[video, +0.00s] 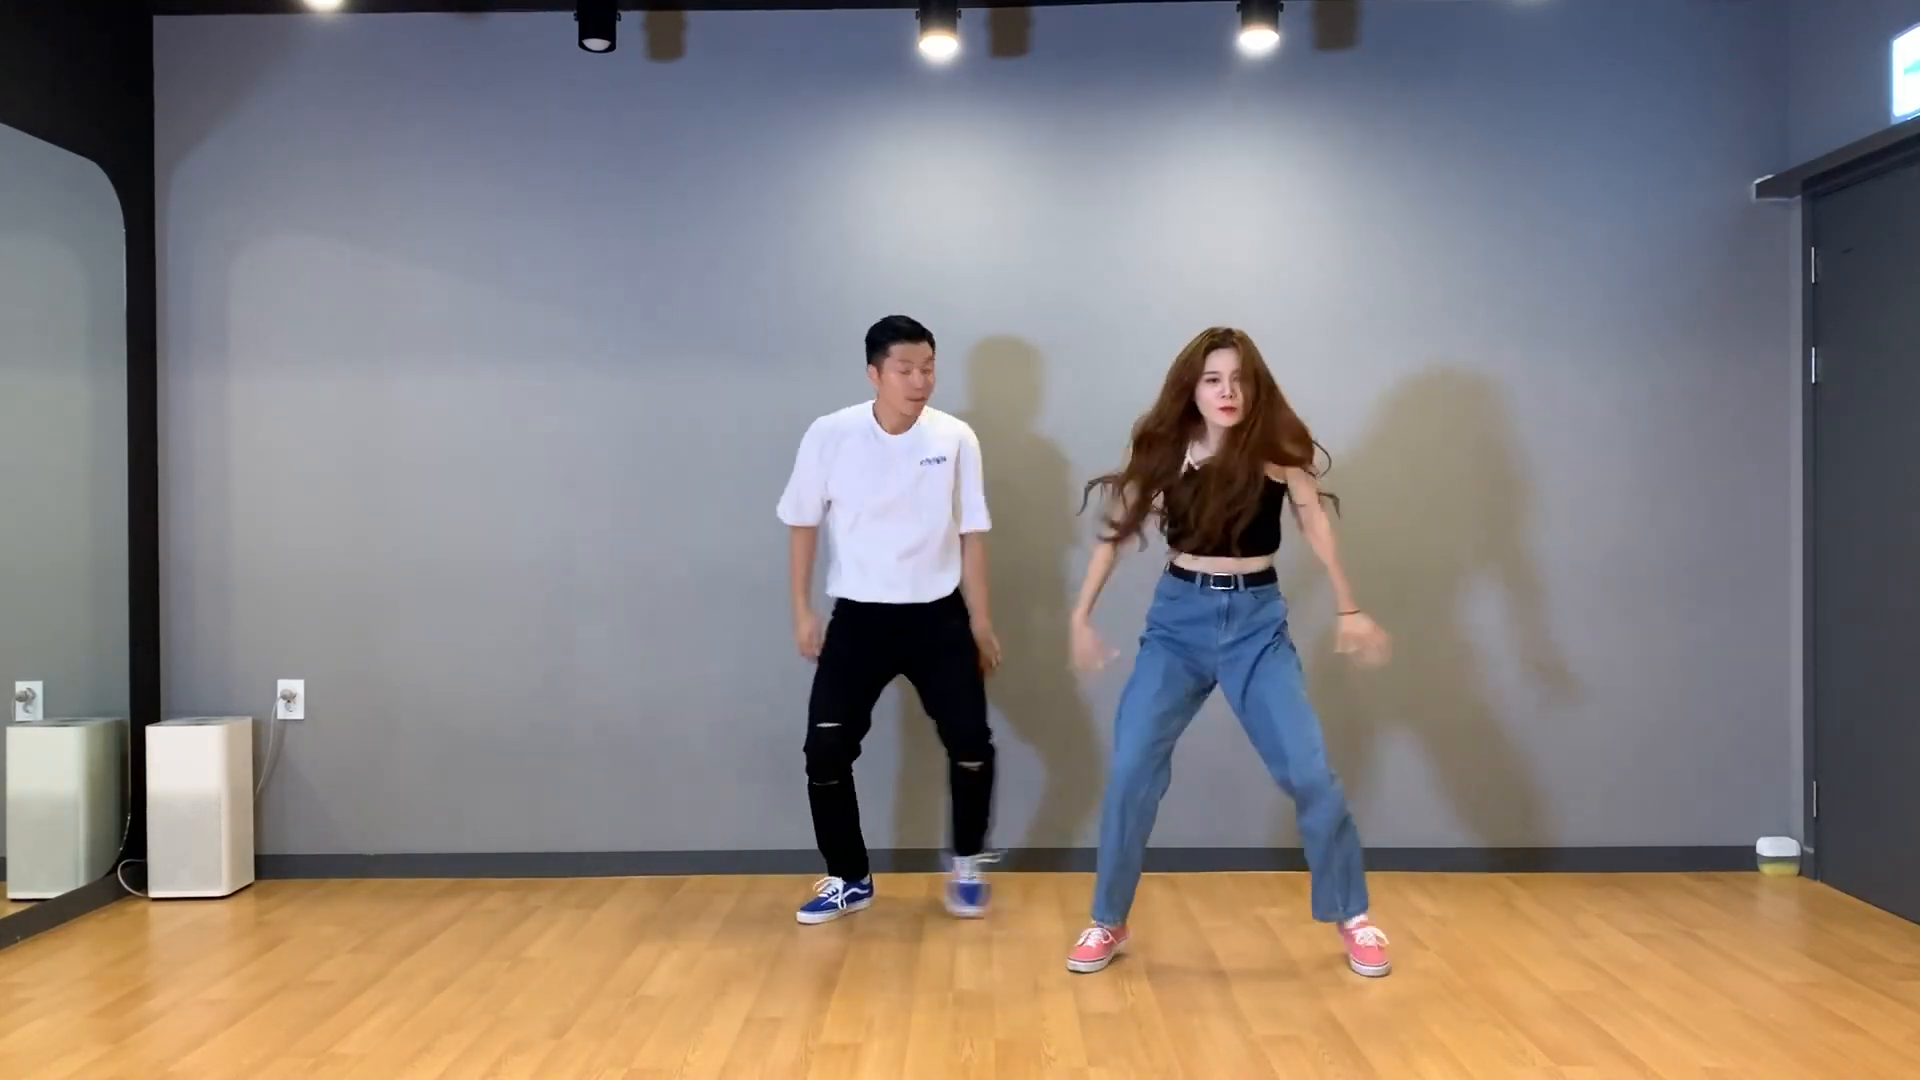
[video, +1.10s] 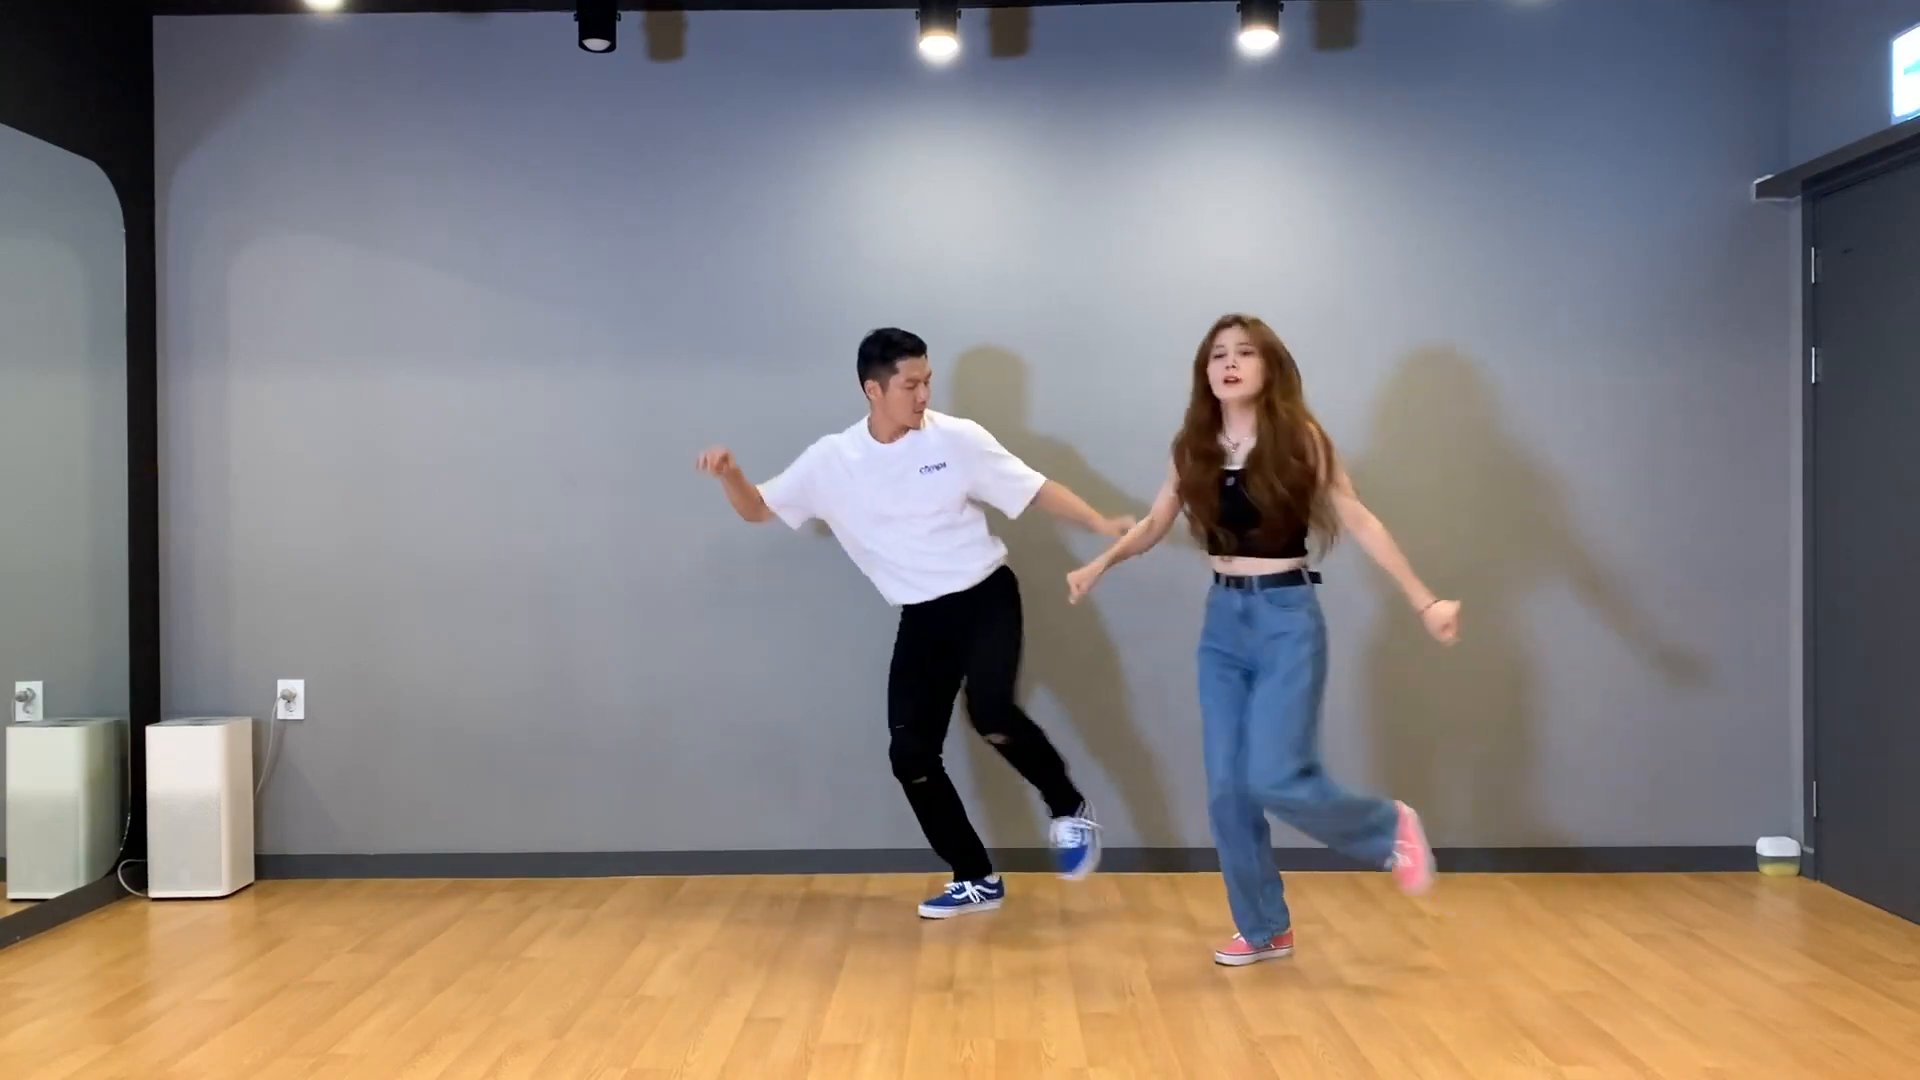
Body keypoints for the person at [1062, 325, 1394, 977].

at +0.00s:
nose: (1227, 392)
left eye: (1239, 380)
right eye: (1213, 380)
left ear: (1254, 388)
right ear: (1192, 388)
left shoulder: (1278, 450)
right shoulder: (1163, 451)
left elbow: (1318, 527)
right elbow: (1116, 532)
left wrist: (1350, 609)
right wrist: (1081, 615)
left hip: (1256, 624)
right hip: (1175, 621)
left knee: (1310, 772)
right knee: (1132, 764)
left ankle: (1353, 917)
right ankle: (1108, 921)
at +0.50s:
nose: (1277, 412)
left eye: (1281, 399)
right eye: (1258, 406)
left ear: (1295, 403)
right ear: (1236, 423)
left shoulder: (1336, 460)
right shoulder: (1224, 487)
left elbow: (1378, 529)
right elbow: (1149, 551)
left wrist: (1437, 582)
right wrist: (1066, 595)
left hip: (1311, 632)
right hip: (1243, 629)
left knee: (1329, 796)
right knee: (1198, 784)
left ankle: (1343, 933)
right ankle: (1113, 891)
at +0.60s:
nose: (1278, 395)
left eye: (1284, 382)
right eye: (1261, 389)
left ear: (1301, 387)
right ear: (1243, 408)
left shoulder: (1344, 453)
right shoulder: (1231, 476)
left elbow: (1392, 523)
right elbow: (1162, 548)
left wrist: (1456, 576)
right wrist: (1084, 595)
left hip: (1327, 621)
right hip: (1250, 620)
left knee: (1349, 783)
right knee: (1228, 772)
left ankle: (1345, 928)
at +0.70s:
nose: (1279, 391)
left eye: (1287, 378)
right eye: (1263, 384)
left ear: (1306, 386)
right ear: (1245, 399)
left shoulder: (1346, 449)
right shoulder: (1228, 470)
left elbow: (1402, 524)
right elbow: (1178, 547)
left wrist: (1473, 573)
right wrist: (1102, 591)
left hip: (1345, 624)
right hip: (1265, 630)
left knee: (1411, 773)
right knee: (1259, 791)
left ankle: (1402, 903)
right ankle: (1263, 916)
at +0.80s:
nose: (1281, 404)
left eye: (1290, 392)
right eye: (1266, 396)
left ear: (1309, 401)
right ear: (1247, 410)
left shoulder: (1351, 468)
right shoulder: (1234, 485)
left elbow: (1420, 550)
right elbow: (1193, 570)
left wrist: (1497, 587)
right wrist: (1117, 588)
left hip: (1361, 639)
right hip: (1283, 647)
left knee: (1420, 794)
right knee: (1247, 795)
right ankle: (1266, 921)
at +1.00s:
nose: (1250, 384)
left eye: (1263, 374)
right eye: (1238, 376)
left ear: (1288, 387)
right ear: (1224, 393)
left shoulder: (1323, 456)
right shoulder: (1210, 464)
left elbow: (1397, 529)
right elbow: (1156, 536)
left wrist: (1476, 583)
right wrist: (1093, 563)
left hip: (1320, 634)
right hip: (1251, 637)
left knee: (1374, 795)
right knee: (1229, 799)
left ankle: (1483, 903)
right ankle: (1265, 930)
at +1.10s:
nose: (1229, 364)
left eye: (1243, 354)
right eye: (1219, 356)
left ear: (1271, 368)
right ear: (1205, 373)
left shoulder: (1300, 440)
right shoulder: (1194, 448)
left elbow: (1359, 522)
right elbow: (1154, 525)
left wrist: (1425, 600)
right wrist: (1099, 564)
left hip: (1288, 619)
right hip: (1223, 619)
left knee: (1274, 779)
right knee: (1227, 784)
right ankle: (1264, 928)